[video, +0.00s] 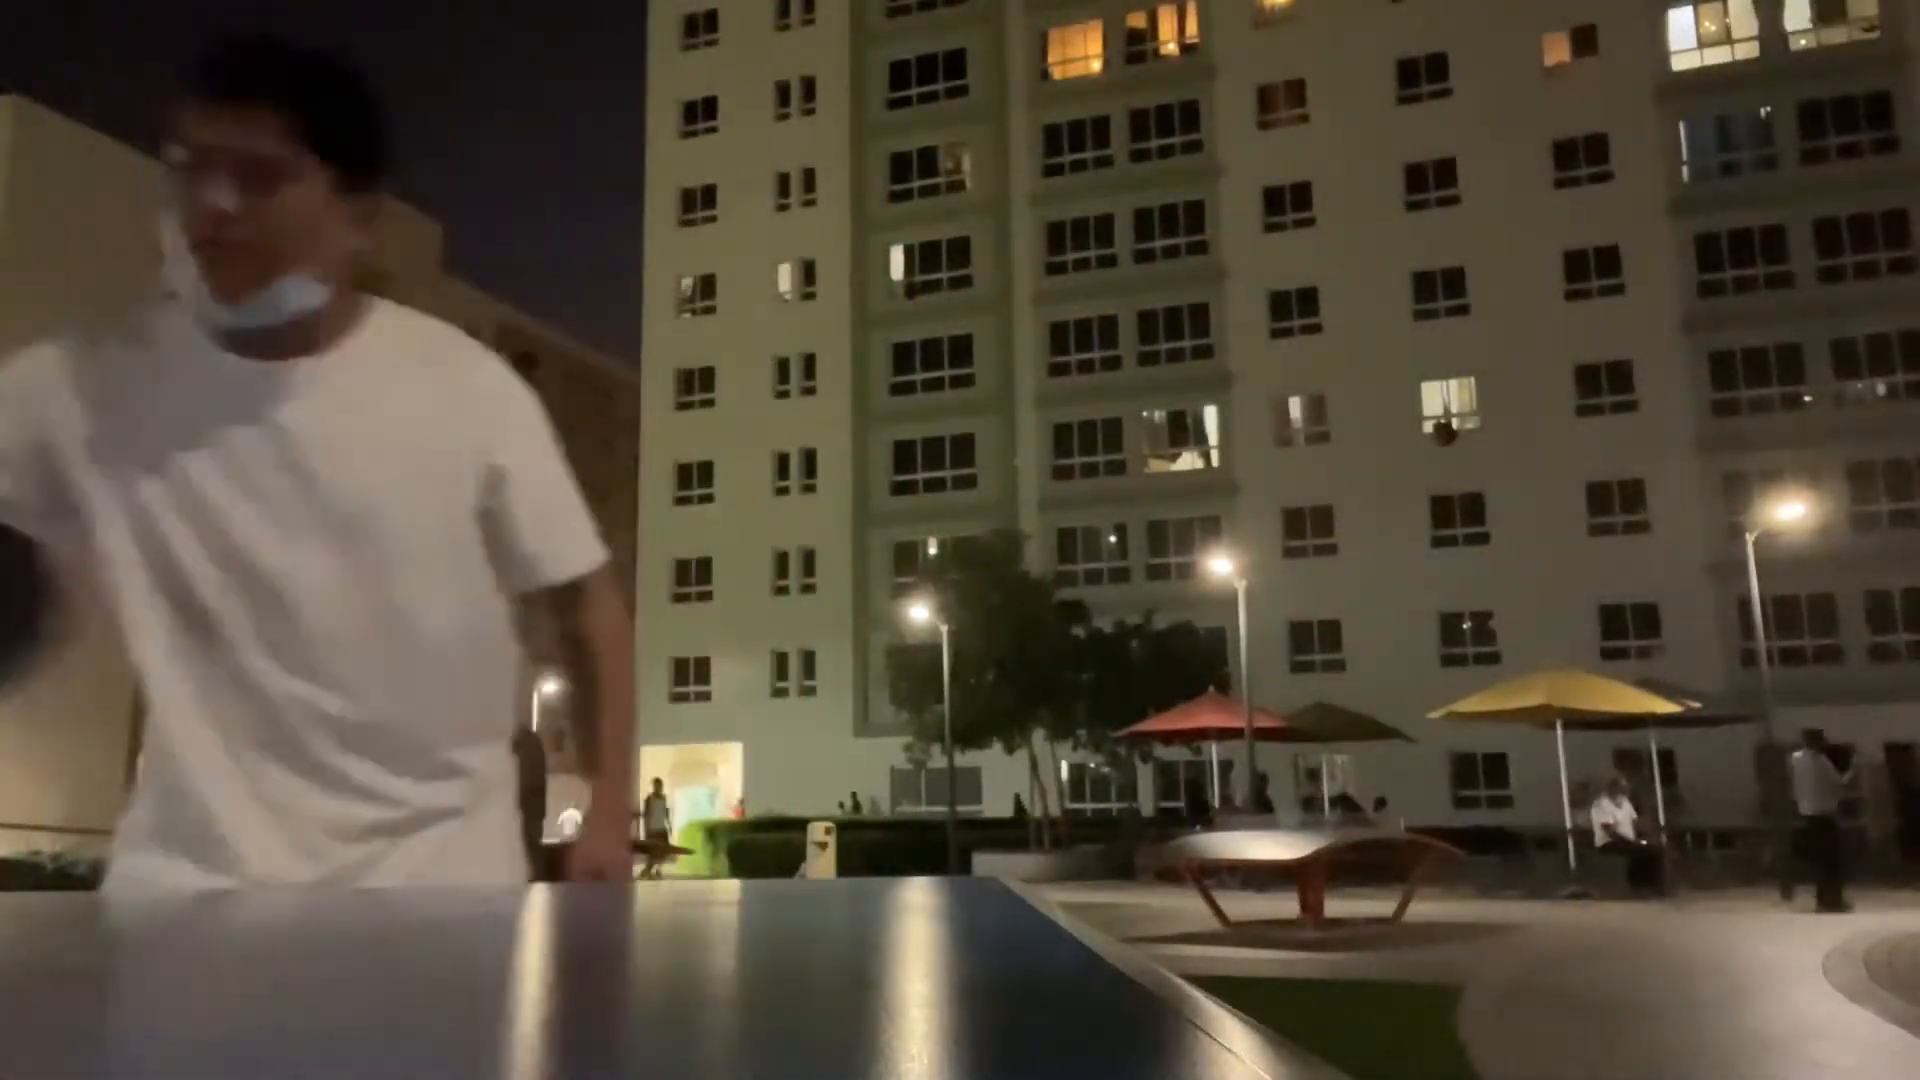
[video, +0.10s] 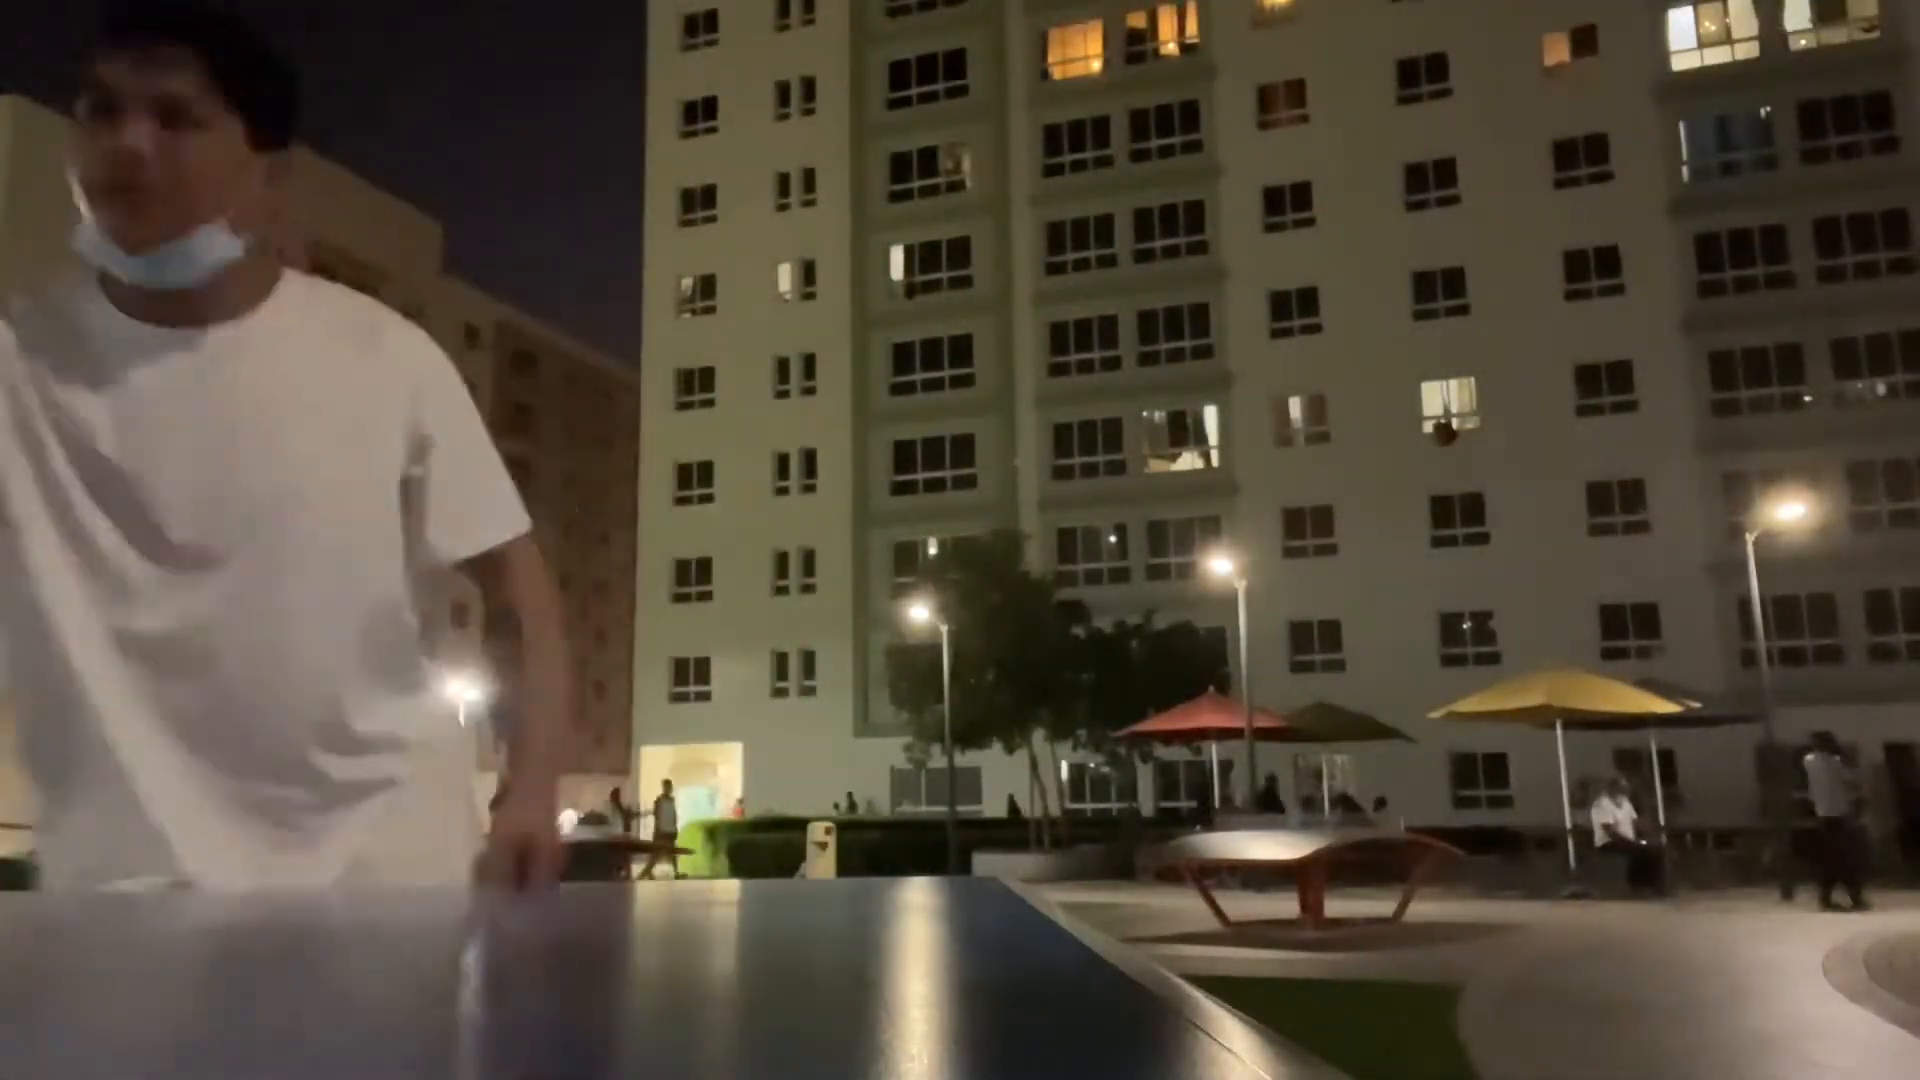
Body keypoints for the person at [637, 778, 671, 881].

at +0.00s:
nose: (658, 788)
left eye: (659, 785)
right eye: (656, 785)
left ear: (662, 786)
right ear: (653, 786)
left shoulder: (663, 798)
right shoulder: (649, 799)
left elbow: (666, 812)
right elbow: (646, 816)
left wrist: (669, 826)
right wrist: (646, 831)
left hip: (662, 830)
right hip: (652, 830)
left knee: (662, 852)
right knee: (652, 852)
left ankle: (658, 871)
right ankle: (647, 871)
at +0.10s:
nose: (668, 789)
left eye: (669, 787)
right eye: (666, 787)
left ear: (671, 788)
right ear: (663, 787)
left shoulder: (671, 800)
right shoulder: (659, 801)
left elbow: (673, 815)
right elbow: (657, 816)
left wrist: (675, 828)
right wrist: (656, 830)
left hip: (671, 831)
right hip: (661, 832)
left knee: (672, 852)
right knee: (656, 852)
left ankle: (676, 872)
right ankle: (647, 871)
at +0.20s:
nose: (676, 787)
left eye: (678, 785)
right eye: (675, 785)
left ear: (679, 786)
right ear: (672, 786)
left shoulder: (680, 800)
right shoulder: (667, 800)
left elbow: (683, 815)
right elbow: (665, 815)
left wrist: (685, 828)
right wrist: (665, 830)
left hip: (680, 831)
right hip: (670, 831)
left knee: (680, 853)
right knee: (663, 851)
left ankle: (679, 873)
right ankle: (650, 870)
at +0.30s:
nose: (686, 786)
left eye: (688, 784)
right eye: (684, 783)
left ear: (690, 785)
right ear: (681, 784)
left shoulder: (691, 798)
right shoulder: (676, 798)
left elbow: (694, 813)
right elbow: (670, 814)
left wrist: (697, 825)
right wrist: (671, 829)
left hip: (687, 827)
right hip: (677, 826)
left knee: (683, 850)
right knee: (681, 849)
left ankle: (679, 872)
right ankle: (678, 872)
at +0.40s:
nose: (695, 788)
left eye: (697, 786)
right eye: (693, 786)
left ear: (698, 786)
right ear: (690, 786)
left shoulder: (699, 799)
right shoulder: (684, 800)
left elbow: (704, 812)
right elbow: (678, 816)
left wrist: (709, 826)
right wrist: (675, 831)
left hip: (695, 828)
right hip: (687, 829)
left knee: (686, 852)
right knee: (693, 852)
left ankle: (679, 872)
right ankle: (699, 873)